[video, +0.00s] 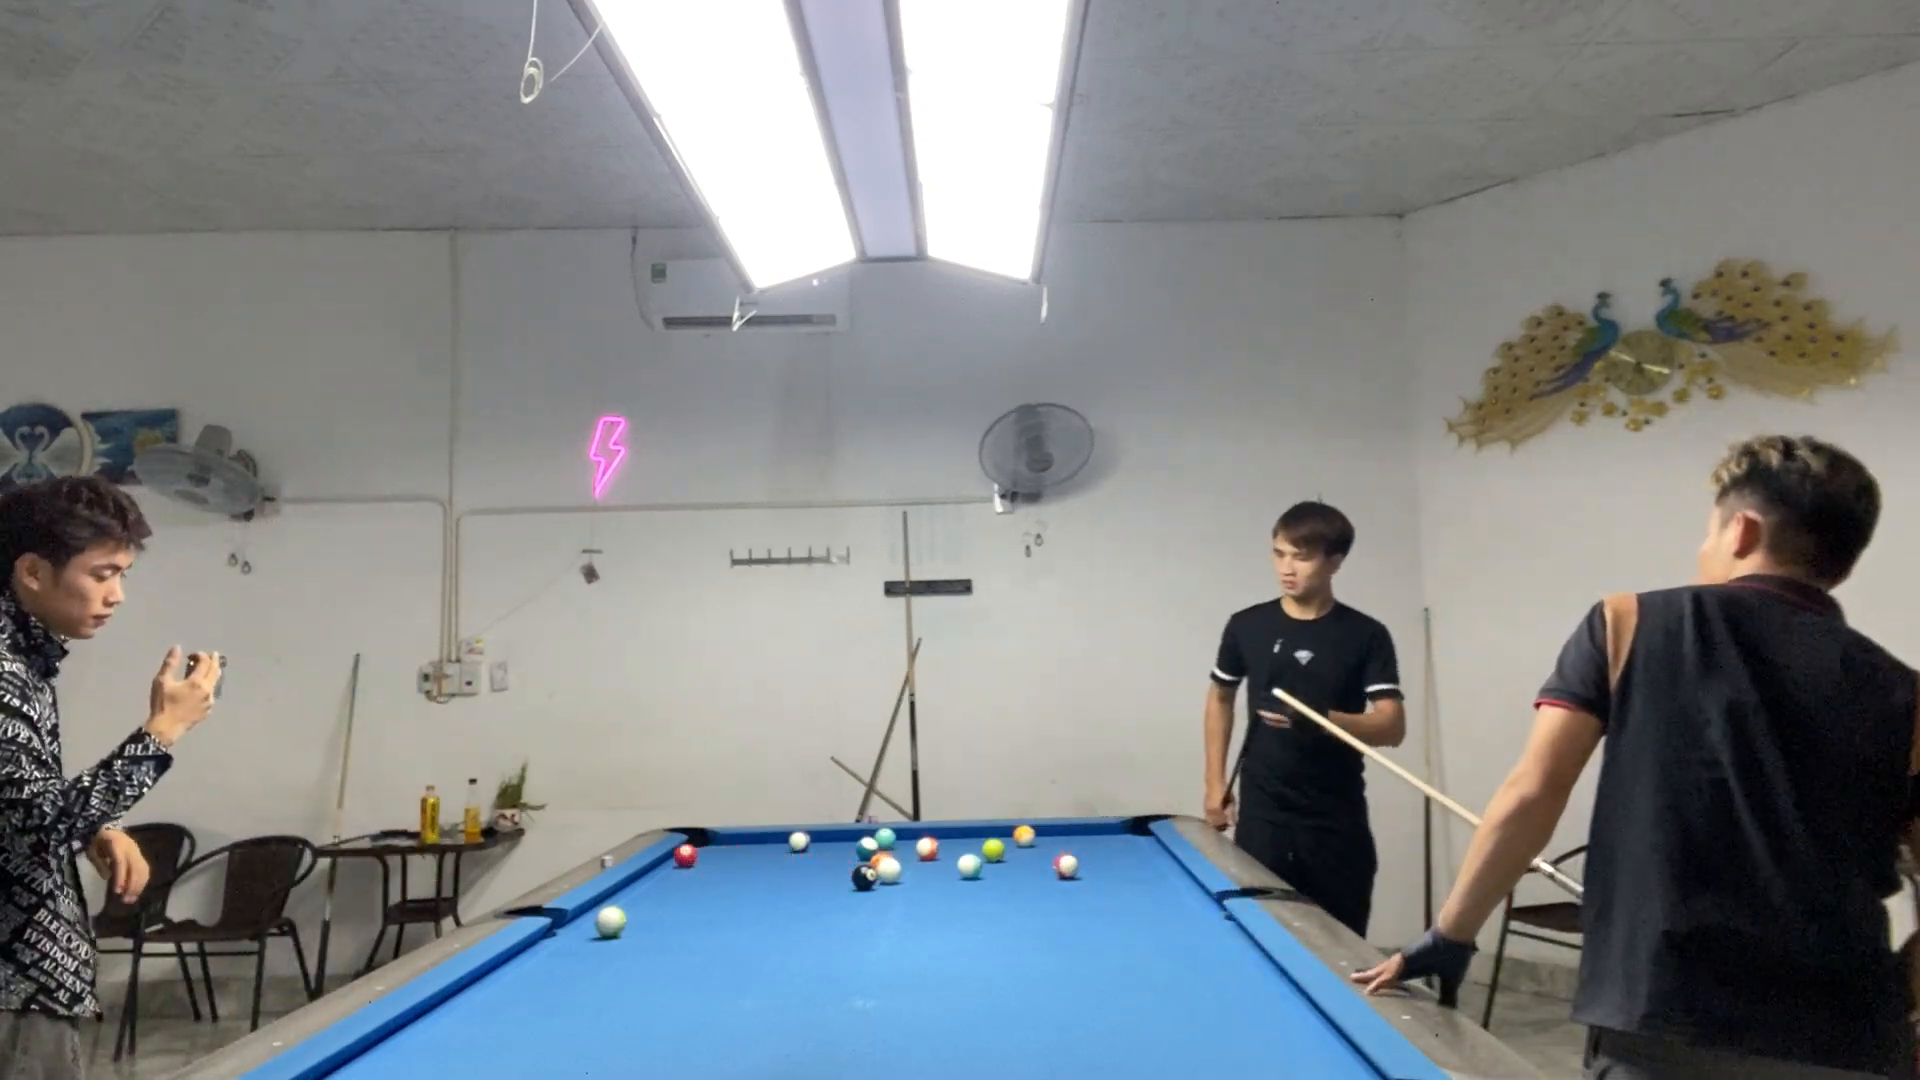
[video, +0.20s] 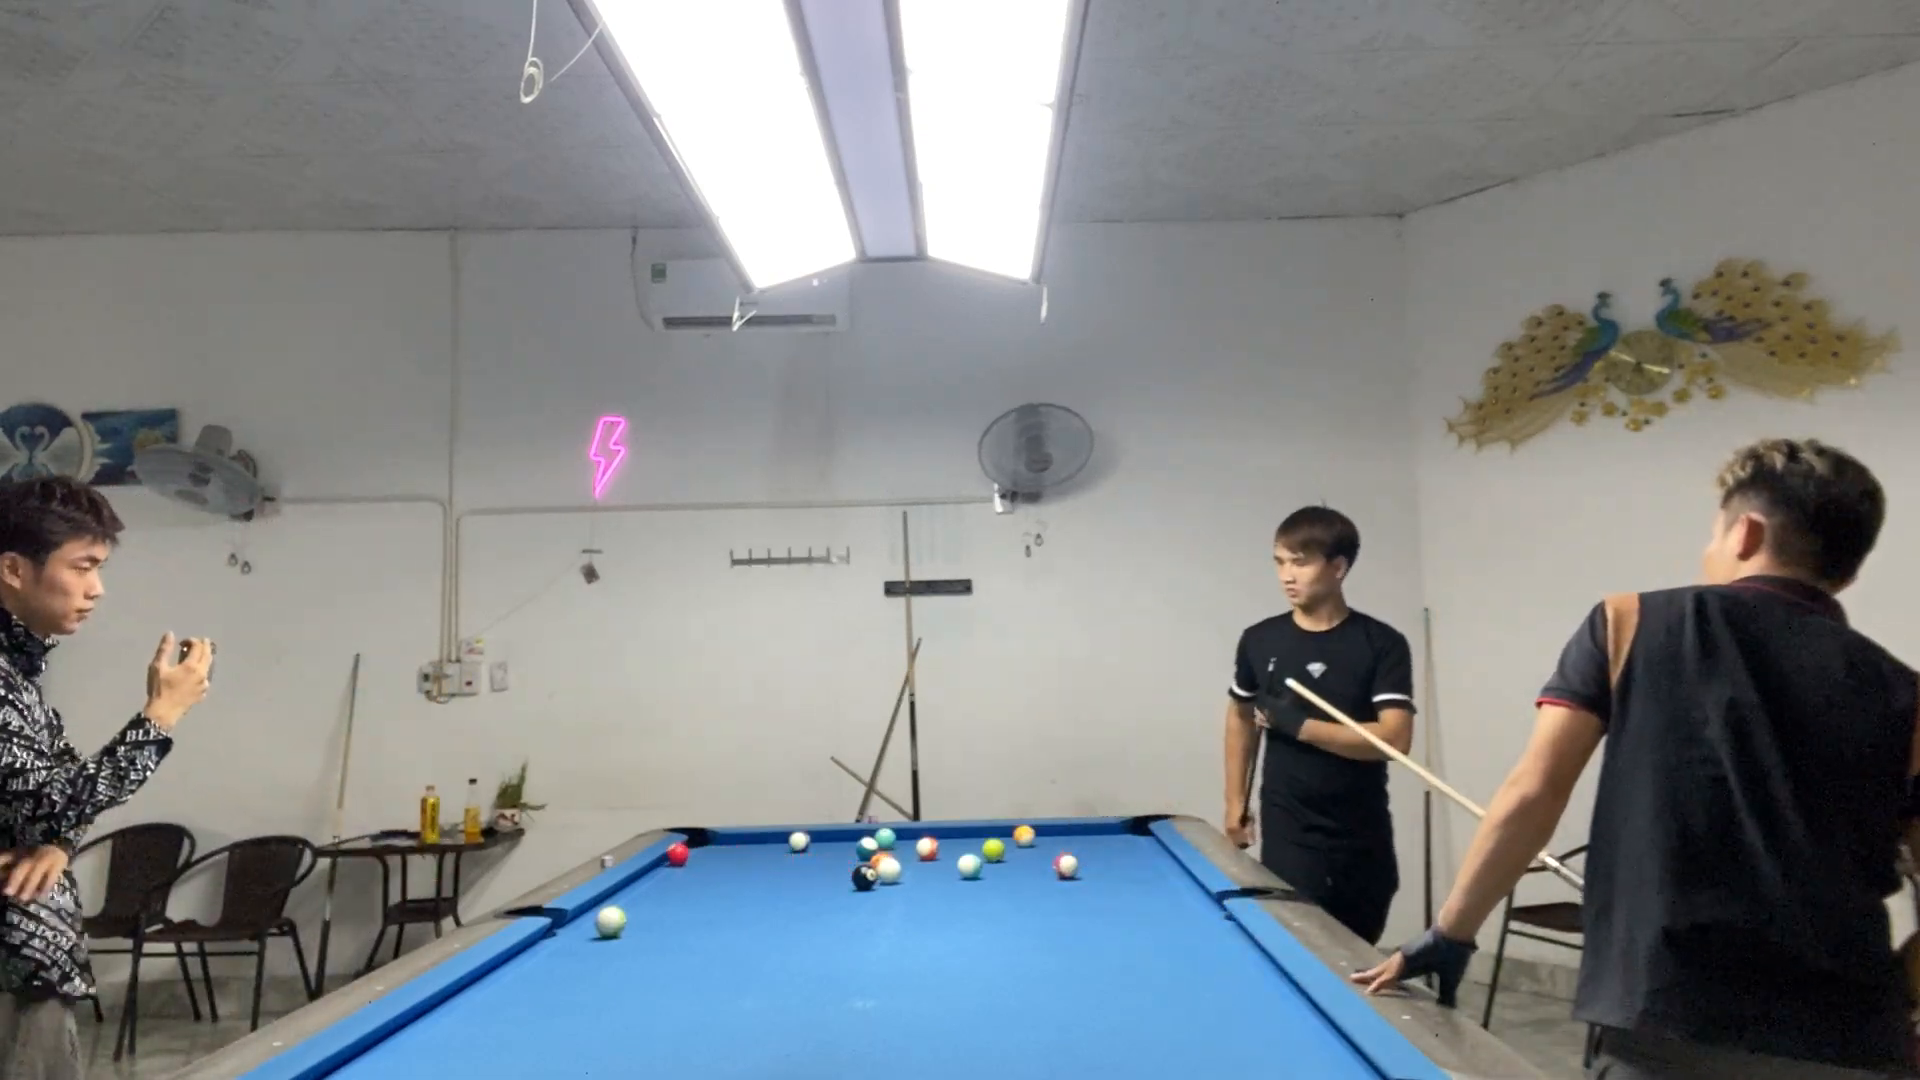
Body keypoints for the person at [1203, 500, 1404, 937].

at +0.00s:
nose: (1287, 568)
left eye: (1301, 557)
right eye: (1280, 555)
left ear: (1334, 562)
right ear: (1272, 555)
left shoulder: (1366, 636)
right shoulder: (1247, 627)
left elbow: (1391, 727)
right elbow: (1220, 698)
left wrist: (1320, 719)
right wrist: (1215, 783)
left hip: (1337, 823)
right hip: (1263, 820)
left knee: (1337, 954)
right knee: (1259, 946)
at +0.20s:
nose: (1286, 575)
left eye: (1300, 562)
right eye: (1280, 562)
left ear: (1338, 567)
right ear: (1274, 564)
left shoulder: (1383, 645)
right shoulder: (1259, 642)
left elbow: (1395, 738)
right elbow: (1241, 717)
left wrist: (1300, 727)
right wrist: (1236, 802)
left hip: (1361, 842)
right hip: (1289, 841)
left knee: (1347, 968)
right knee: (1288, 966)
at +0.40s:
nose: (1280, 566)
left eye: (1291, 551)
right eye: (1274, 555)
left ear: (1333, 551)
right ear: (1269, 558)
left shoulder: (1392, 625)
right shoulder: (1268, 639)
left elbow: (1414, 719)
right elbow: (1256, 727)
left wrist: (1312, 720)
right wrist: (1256, 816)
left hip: (1383, 838)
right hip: (1303, 840)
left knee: (1398, 973)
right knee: (1307, 971)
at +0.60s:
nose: (1277, 552)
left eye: (1288, 537)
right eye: (1272, 539)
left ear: (1333, 536)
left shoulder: (1390, 612)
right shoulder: (1278, 623)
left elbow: (1407, 719)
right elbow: (1281, 718)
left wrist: (1306, 695)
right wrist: (1279, 798)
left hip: (1388, 834)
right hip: (1308, 836)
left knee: (1411, 985)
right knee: (1313, 981)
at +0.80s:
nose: (1266, 558)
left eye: (1276, 543)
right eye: (1262, 545)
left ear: (1323, 540)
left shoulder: (1374, 613)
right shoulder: (1297, 625)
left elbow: (1371, 727)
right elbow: (1320, 727)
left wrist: (1282, 668)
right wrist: (1308, 781)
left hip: (1384, 851)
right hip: (1322, 847)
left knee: (1379, 1007)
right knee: (1323, 996)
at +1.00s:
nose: (1258, 565)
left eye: (1262, 547)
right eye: (1254, 550)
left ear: (1305, 540)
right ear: (1305, 541)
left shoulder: (1353, 612)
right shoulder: (1336, 612)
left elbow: (1302, 728)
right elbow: (1316, 749)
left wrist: (1205, 660)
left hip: (1391, 865)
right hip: (1364, 858)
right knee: (1342, 1018)